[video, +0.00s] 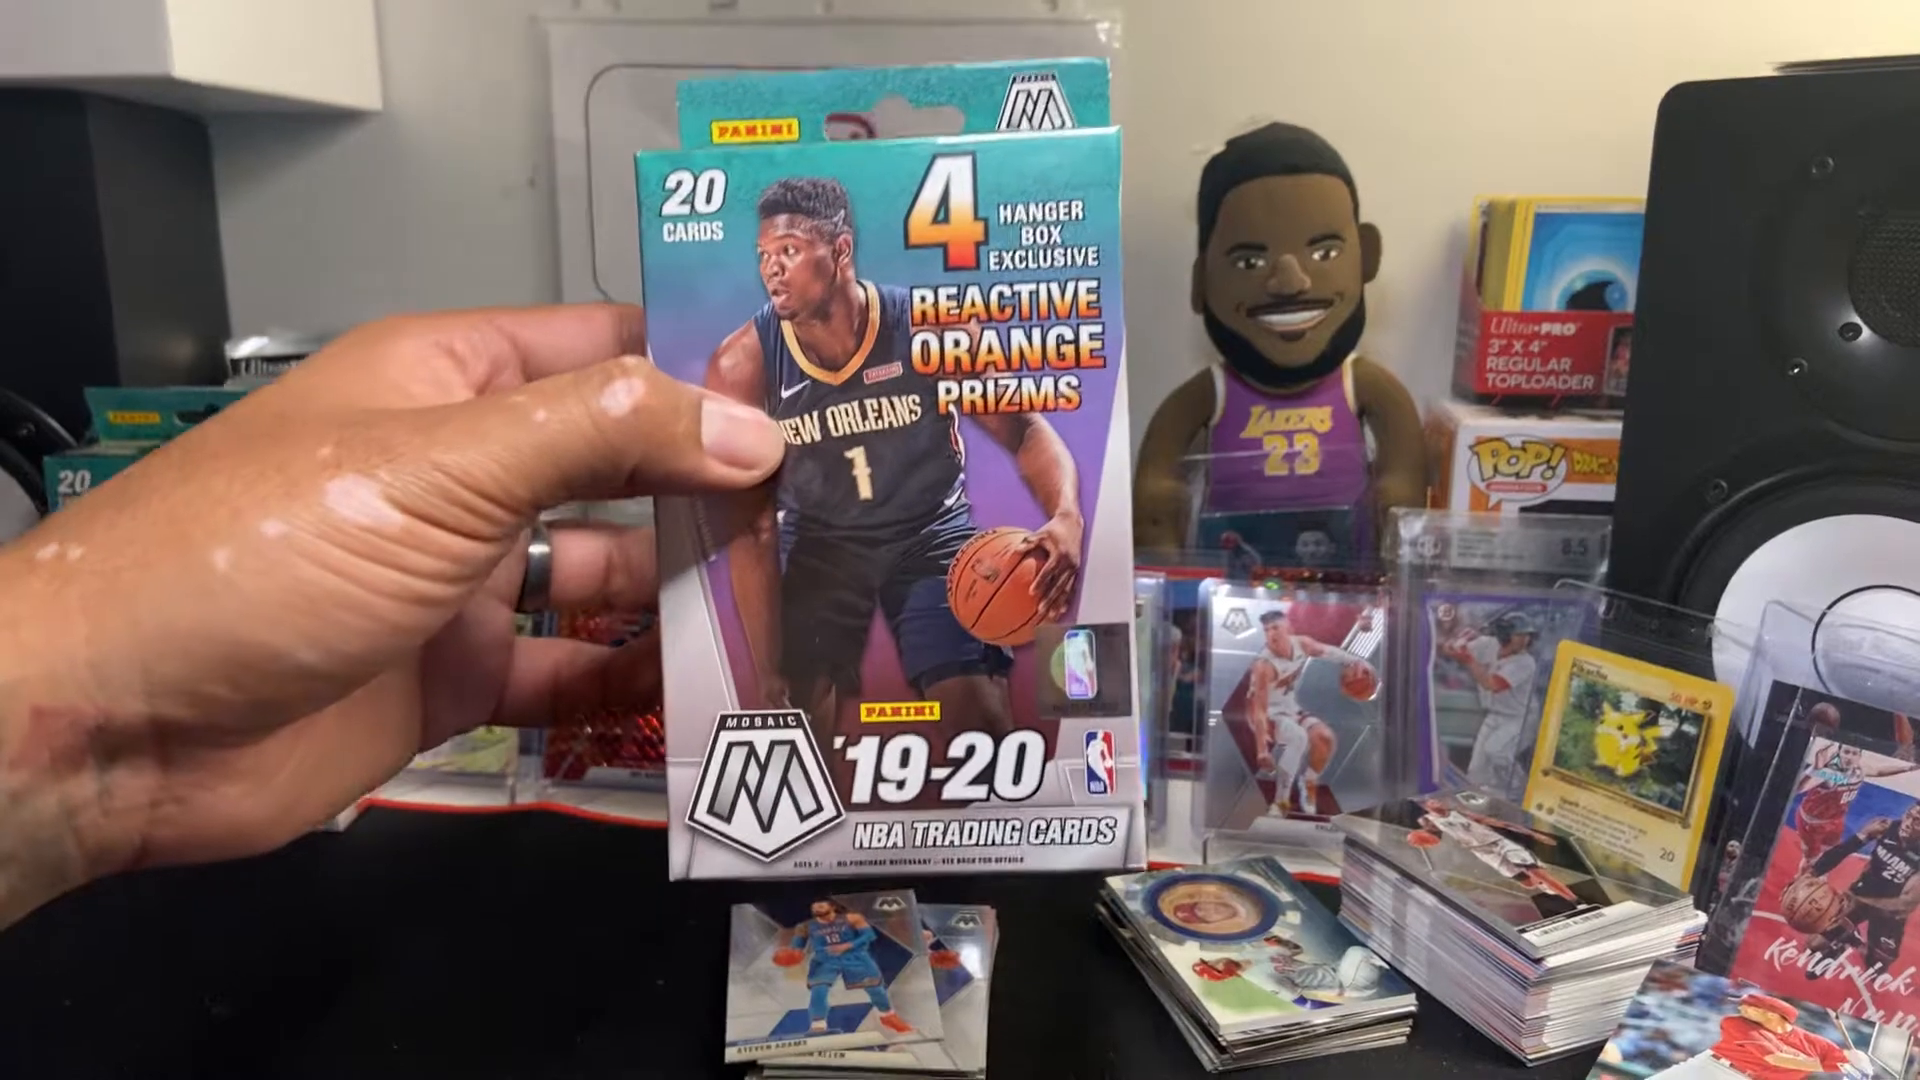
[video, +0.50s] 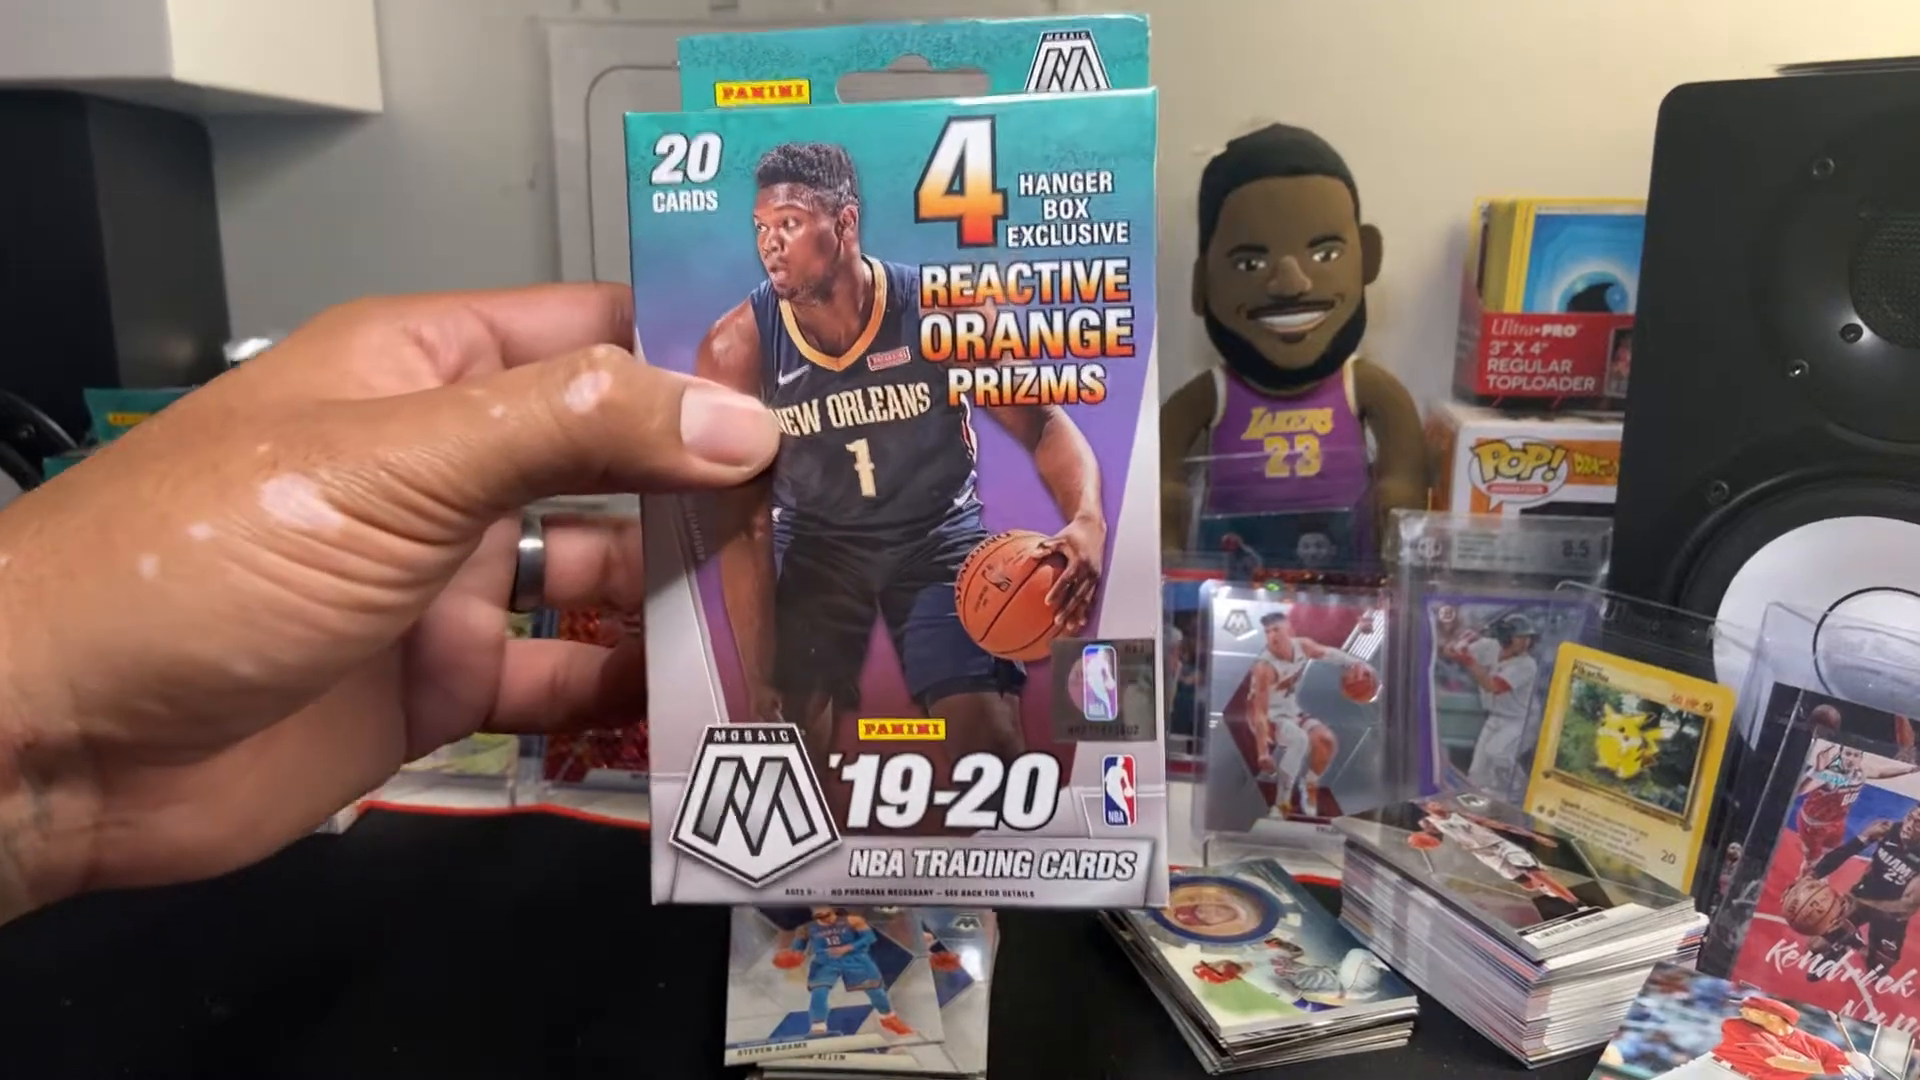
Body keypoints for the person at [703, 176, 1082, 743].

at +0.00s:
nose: (771, 271)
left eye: (789, 251)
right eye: (764, 256)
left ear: (842, 251)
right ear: (758, 263)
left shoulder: (926, 328)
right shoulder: (744, 362)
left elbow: (1022, 429)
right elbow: (750, 528)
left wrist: (1068, 515)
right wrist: (766, 682)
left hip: (933, 537)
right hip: (824, 549)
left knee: (972, 706)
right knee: (802, 719)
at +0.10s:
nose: (772, 256)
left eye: (790, 236)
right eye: (764, 241)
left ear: (843, 235)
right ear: (758, 248)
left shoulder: (929, 314)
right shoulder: (745, 350)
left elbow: (1026, 418)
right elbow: (750, 516)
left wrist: (1072, 505)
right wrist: (768, 670)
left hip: (936, 525)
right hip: (824, 537)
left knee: (977, 702)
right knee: (804, 713)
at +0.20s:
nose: (773, 241)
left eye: (791, 222)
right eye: (766, 226)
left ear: (846, 222)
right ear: (759, 234)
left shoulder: (933, 303)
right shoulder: (745, 338)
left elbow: (1034, 408)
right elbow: (750, 506)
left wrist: (1077, 496)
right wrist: (768, 659)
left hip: (940, 515)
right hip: (824, 526)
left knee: (978, 692)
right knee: (803, 699)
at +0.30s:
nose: (772, 242)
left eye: (791, 221)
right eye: (764, 226)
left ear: (846, 219)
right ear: (758, 232)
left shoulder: (937, 301)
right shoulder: (745, 338)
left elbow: (1036, 410)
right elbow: (751, 512)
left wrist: (1084, 499)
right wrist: (769, 672)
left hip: (942, 521)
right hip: (826, 532)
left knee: (987, 706)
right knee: (805, 713)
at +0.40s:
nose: (774, 250)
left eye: (793, 228)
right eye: (765, 233)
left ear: (850, 227)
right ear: (759, 239)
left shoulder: (940, 313)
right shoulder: (744, 349)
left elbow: (1044, 427)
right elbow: (750, 526)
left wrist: (1091, 519)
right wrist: (767, 686)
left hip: (945, 537)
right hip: (826, 548)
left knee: (990, 729)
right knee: (803, 732)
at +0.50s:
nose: (770, 245)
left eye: (789, 224)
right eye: (762, 228)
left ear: (847, 223)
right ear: (754, 234)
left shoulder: (939, 312)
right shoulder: (738, 346)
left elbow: (1041, 425)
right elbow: (742, 524)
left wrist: (1088, 519)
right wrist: (758, 688)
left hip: (940, 536)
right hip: (819, 546)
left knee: (984, 730)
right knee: (797, 735)